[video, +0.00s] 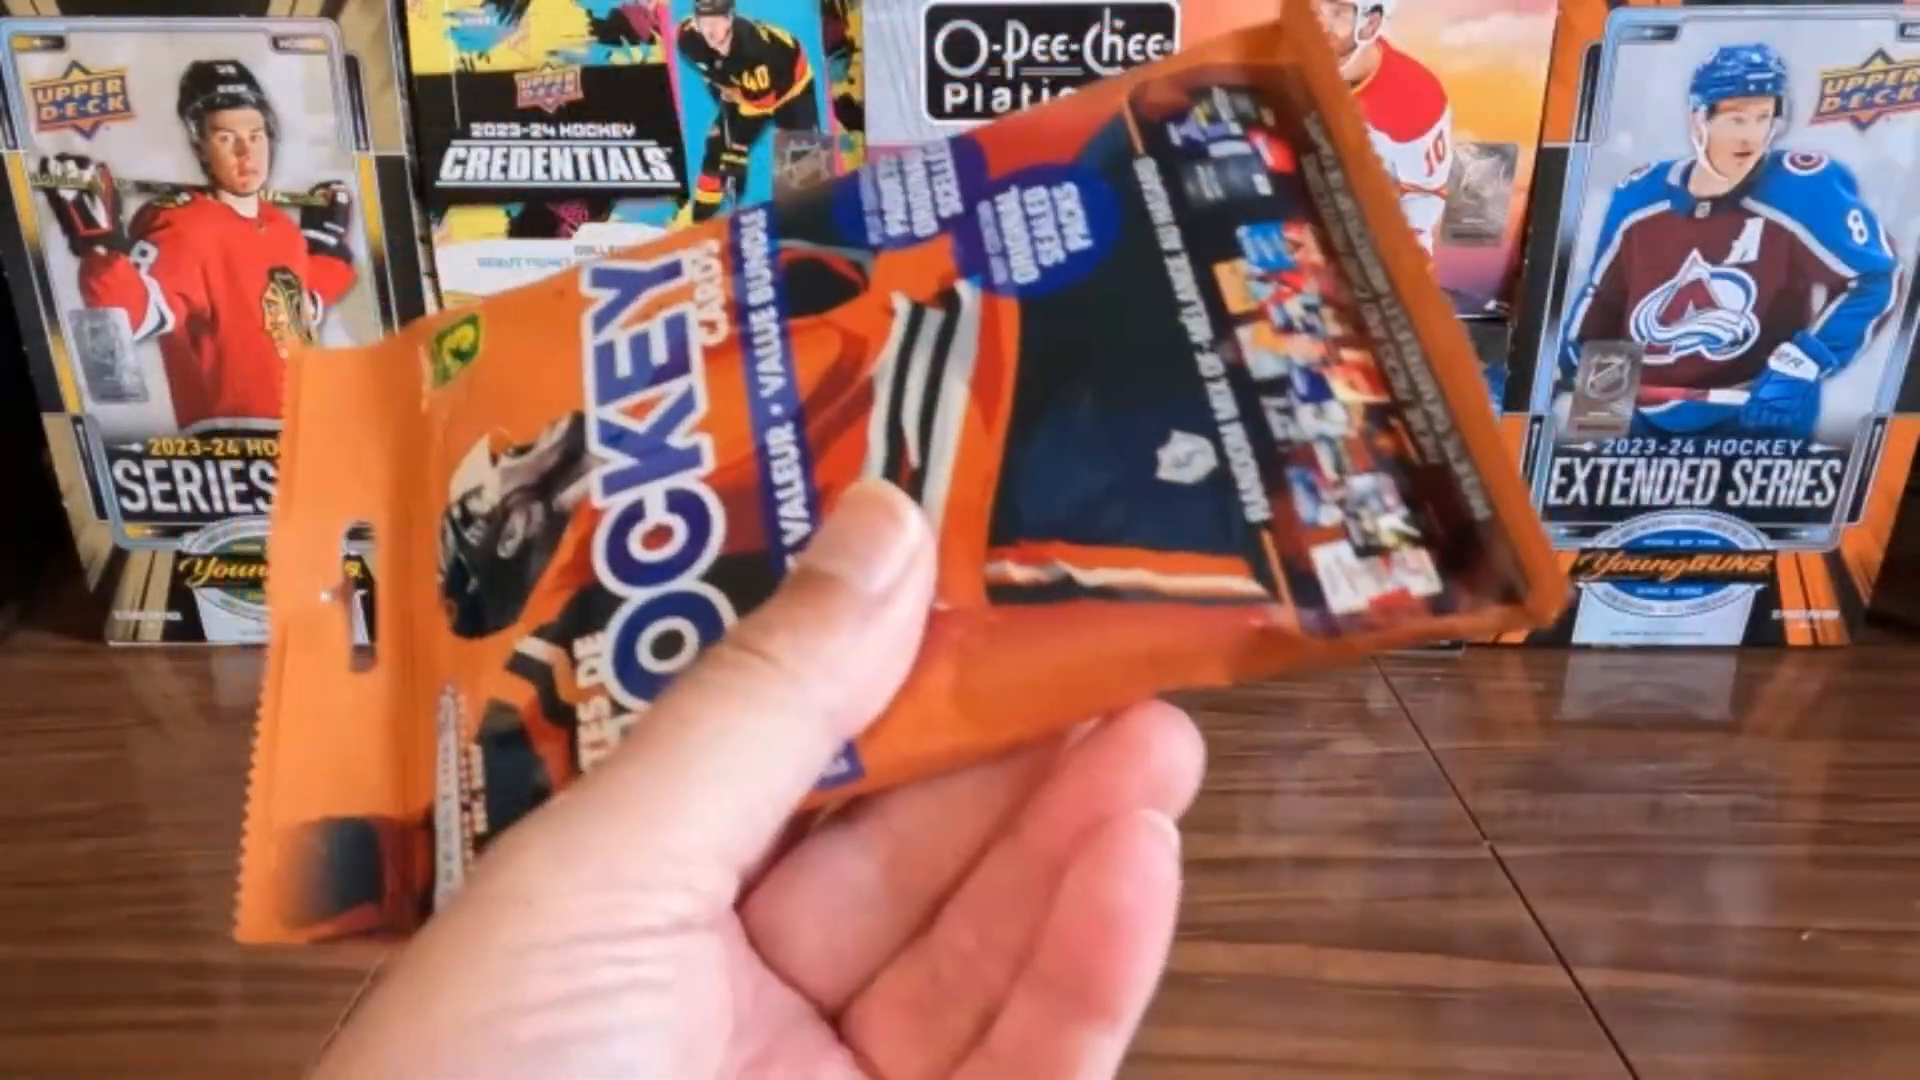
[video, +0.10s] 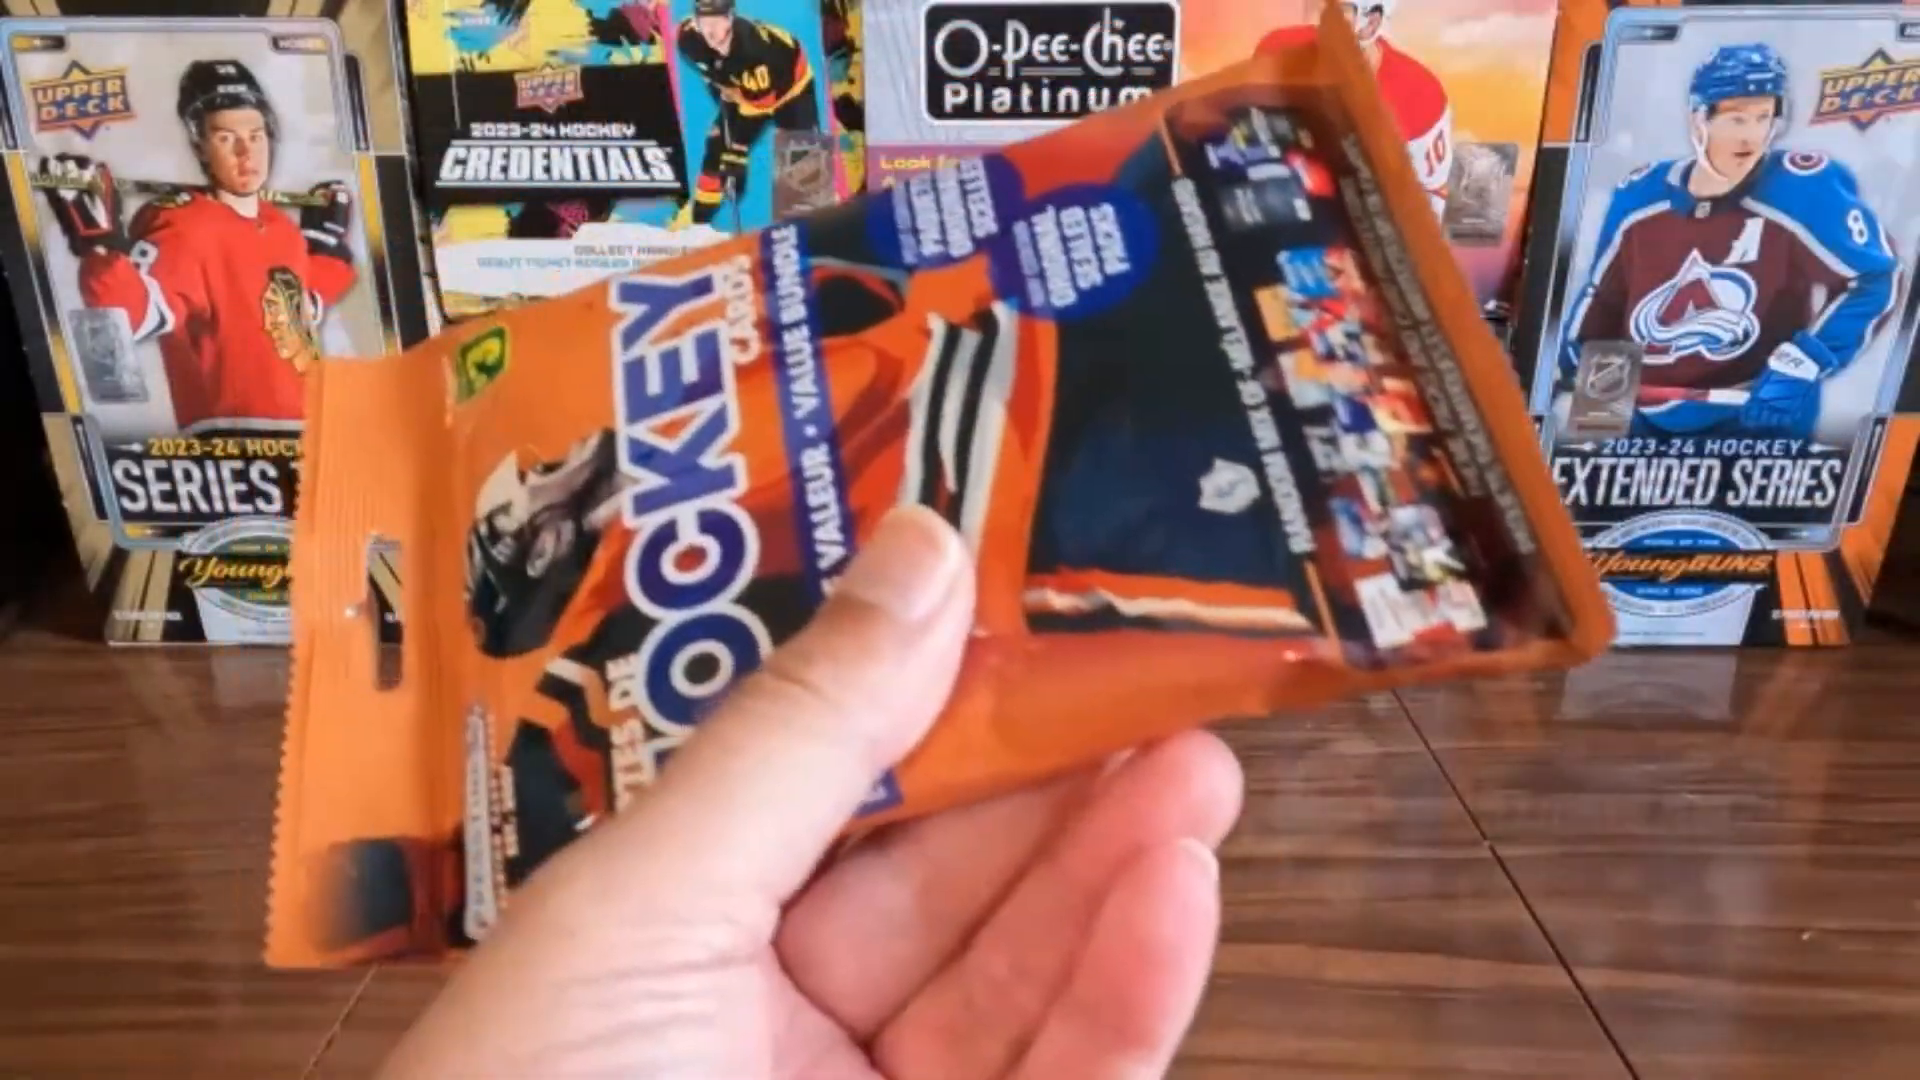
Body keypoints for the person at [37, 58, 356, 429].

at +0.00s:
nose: (246, 150)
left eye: (256, 134)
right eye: (227, 138)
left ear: (270, 139)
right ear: (201, 148)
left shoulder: (281, 227)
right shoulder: (183, 226)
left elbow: (302, 310)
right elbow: (138, 316)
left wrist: (333, 251)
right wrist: (99, 246)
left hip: (305, 425)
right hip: (229, 434)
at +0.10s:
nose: (246, 150)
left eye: (256, 134)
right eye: (226, 138)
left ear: (270, 139)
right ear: (201, 147)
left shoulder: (281, 226)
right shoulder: (183, 226)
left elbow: (303, 309)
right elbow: (139, 316)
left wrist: (333, 251)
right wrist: (99, 246)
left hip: (309, 426)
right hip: (231, 435)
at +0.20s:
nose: (246, 150)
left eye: (256, 134)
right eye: (226, 138)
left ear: (270, 139)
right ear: (201, 148)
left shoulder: (281, 226)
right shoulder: (182, 226)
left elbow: (301, 308)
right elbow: (139, 315)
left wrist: (334, 251)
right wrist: (99, 246)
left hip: (310, 428)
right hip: (232, 437)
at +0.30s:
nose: (246, 150)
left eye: (256, 134)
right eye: (226, 138)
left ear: (270, 139)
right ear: (200, 148)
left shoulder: (281, 226)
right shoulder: (183, 226)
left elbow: (303, 308)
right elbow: (139, 315)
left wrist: (333, 249)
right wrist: (99, 245)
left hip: (310, 428)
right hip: (231, 437)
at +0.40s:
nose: (246, 150)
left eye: (256, 134)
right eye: (227, 138)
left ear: (270, 139)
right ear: (200, 147)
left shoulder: (280, 225)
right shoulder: (183, 226)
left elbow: (301, 307)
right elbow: (139, 315)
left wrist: (334, 250)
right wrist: (99, 246)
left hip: (311, 426)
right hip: (234, 436)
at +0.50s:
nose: (246, 150)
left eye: (256, 134)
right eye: (227, 138)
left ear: (270, 139)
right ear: (200, 147)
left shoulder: (280, 225)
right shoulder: (183, 226)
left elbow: (301, 308)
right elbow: (139, 315)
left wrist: (333, 250)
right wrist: (99, 246)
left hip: (308, 424)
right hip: (232, 435)